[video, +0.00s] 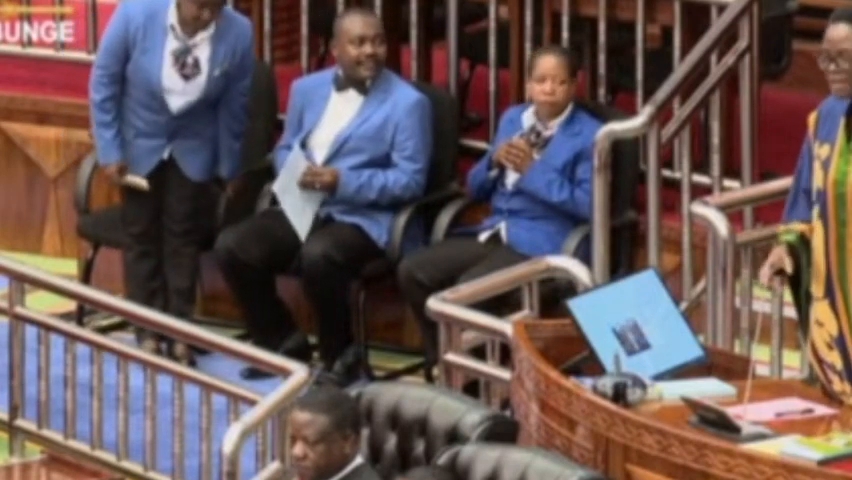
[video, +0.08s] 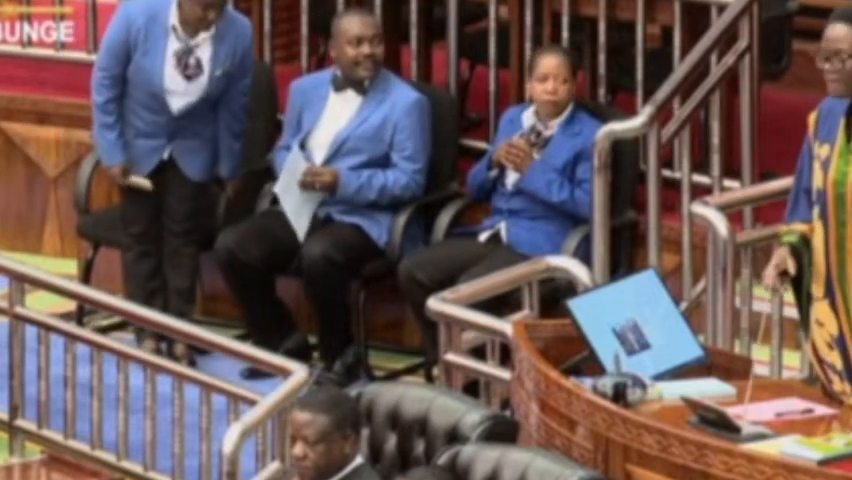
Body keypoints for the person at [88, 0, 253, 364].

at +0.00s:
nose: (206, 15)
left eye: (213, 10)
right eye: (199, 8)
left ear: (222, 7)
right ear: (180, 1)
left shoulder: (238, 31)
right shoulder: (135, 15)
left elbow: (236, 104)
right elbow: (104, 82)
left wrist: (229, 165)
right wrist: (110, 150)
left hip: (197, 141)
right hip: (141, 137)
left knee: (184, 236)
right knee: (141, 236)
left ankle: (181, 331)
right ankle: (146, 329)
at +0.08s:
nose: (213, 17)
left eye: (219, 10)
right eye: (205, 9)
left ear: (226, 7)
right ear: (182, 2)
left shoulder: (239, 31)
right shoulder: (136, 16)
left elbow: (236, 104)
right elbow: (105, 83)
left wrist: (228, 164)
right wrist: (112, 151)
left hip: (196, 141)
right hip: (140, 137)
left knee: (185, 237)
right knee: (141, 236)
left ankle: (180, 331)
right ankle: (146, 330)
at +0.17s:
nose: (216, 17)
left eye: (222, 9)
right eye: (208, 8)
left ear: (228, 6)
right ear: (185, 2)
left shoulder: (239, 31)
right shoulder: (138, 16)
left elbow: (236, 103)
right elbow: (106, 84)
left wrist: (228, 164)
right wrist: (115, 153)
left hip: (196, 141)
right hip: (141, 138)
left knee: (184, 237)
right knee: (140, 237)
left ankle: (181, 331)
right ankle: (146, 330)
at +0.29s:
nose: (221, 15)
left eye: (226, 8)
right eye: (214, 7)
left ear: (230, 7)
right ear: (191, 1)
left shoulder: (240, 30)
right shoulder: (140, 16)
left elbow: (236, 103)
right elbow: (107, 83)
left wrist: (229, 163)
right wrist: (117, 153)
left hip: (195, 142)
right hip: (139, 139)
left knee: (184, 238)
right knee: (139, 238)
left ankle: (181, 331)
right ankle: (146, 331)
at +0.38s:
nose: (222, 14)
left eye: (227, 8)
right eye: (217, 6)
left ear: (232, 7)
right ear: (193, 0)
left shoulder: (240, 30)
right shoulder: (142, 15)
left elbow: (237, 101)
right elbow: (108, 82)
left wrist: (228, 163)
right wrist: (117, 153)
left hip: (195, 142)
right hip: (139, 139)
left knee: (183, 238)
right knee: (139, 239)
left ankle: (180, 332)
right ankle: (145, 331)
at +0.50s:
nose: (226, 13)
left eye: (230, 7)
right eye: (220, 5)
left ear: (232, 7)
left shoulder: (240, 29)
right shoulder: (144, 14)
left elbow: (236, 101)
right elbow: (110, 80)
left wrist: (227, 162)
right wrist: (117, 152)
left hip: (194, 141)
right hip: (139, 139)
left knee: (183, 236)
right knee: (138, 237)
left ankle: (180, 331)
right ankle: (144, 331)